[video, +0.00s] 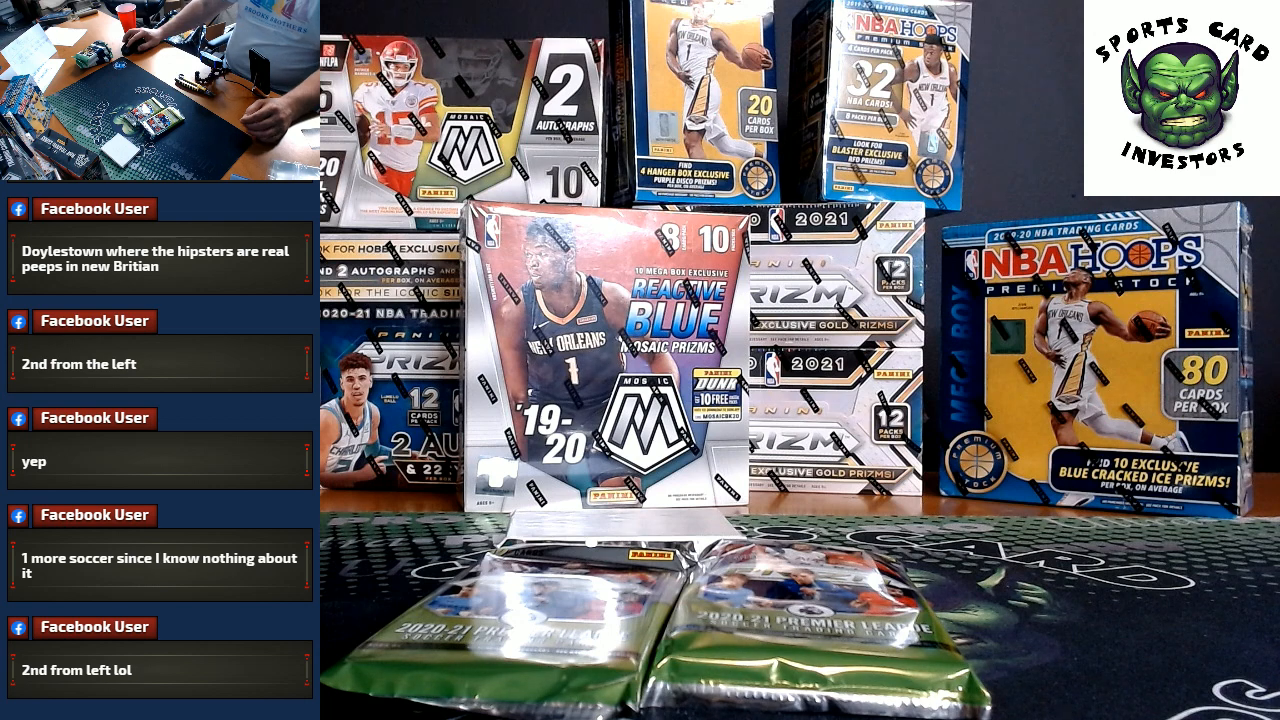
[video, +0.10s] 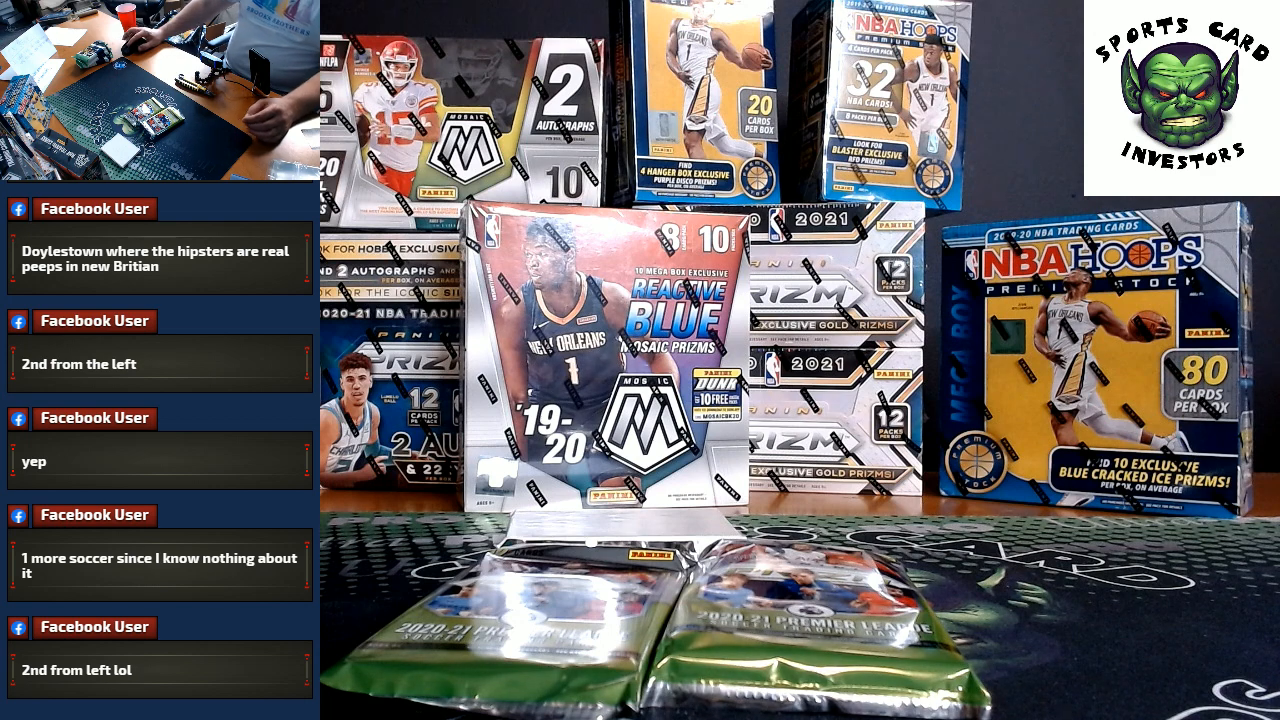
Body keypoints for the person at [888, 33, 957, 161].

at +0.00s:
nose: (929, 52)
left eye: (933, 48)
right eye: (926, 47)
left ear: (941, 51)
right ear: (923, 49)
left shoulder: (949, 71)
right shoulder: (913, 69)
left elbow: (956, 94)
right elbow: (886, 83)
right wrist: (900, 111)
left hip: (940, 117)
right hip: (918, 119)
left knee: (940, 155)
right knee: (923, 155)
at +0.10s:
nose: (929, 52)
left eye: (933, 48)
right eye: (926, 47)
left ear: (941, 51)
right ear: (923, 49)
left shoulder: (949, 70)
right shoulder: (913, 69)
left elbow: (956, 94)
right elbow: (886, 83)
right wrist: (900, 111)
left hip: (940, 117)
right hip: (918, 119)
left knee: (940, 155)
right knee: (923, 155)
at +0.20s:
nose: (928, 53)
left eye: (933, 50)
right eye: (926, 48)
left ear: (941, 52)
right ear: (923, 49)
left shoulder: (949, 71)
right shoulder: (913, 69)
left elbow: (955, 93)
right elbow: (886, 83)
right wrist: (900, 111)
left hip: (940, 117)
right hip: (918, 119)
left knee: (940, 155)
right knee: (924, 155)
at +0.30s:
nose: (928, 53)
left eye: (933, 49)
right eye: (926, 48)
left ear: (941, 52)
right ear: (923, 49)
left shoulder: (949, 71)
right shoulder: (913, 69)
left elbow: (955, 94)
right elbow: (886, 83)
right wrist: (900, 111)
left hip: (940, 117)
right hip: (918, 119)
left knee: (940, 154)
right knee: (923, 155)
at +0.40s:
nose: (928, 53)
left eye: (933, 50)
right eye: (926, 48)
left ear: (941, 52)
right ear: (923, 49)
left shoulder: (949, 71)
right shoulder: (913, 69)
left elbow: (955, 94)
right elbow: (886, 83)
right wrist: (900, 111)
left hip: (940, 117)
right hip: (918, 119)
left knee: (940, 154)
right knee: (923, 155)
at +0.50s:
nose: (928, 53)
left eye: (933, 50)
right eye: (926, 48)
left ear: (941, 52)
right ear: (923, 49)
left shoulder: (949, 71)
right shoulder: (913, 69)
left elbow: (956, 94)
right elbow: (886, 83)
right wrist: (900, 111)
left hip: (940, 117)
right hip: (918, 119)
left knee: (940, 154)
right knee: (923, 155)